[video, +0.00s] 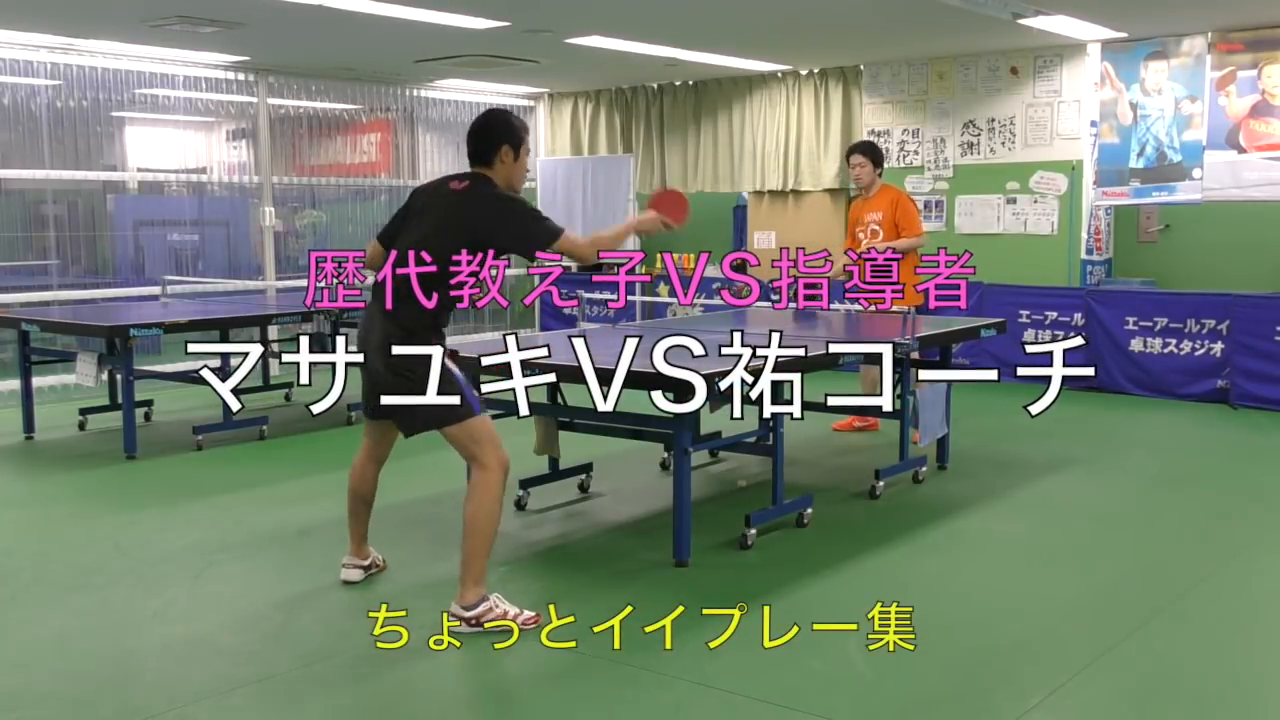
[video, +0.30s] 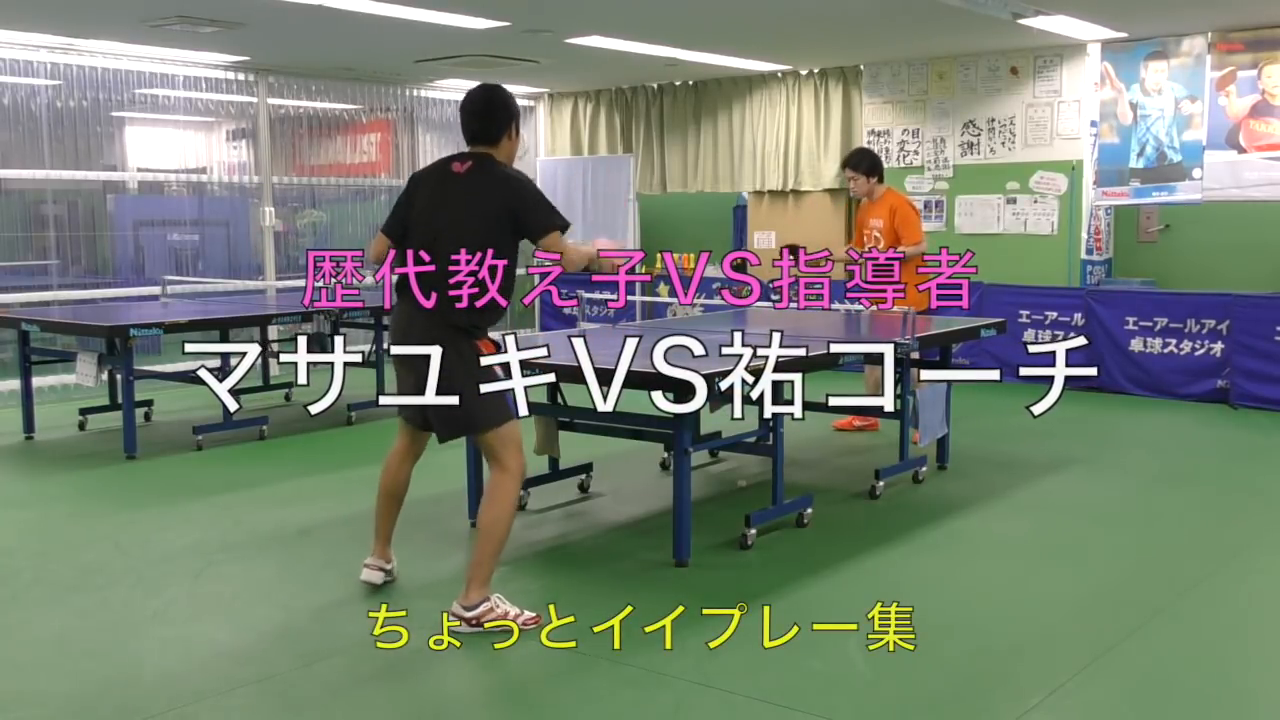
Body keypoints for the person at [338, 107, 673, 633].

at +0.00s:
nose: (527, 166)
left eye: (526, 156)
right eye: (524, 156)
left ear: (478, 156)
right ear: (505, 155)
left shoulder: (430, 192)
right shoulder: (499, 206)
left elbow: (374, 258)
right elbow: (582, 249)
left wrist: (434, 262)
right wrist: (635, 225)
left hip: (378, 340)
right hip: (416, 347)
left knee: (373, 450)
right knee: (490, 461)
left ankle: (356, 554)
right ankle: (472, 598)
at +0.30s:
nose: (519, 138)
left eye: (516, 129)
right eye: (518, 129)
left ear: (465, 131)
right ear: (510, 131)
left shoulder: (425, 180)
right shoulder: (511, 185)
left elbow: (377, 253)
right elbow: (563, 252)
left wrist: (422, 246)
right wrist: (587, 254)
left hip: (411, 340)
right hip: (465, 344)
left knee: (409, 441)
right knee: (508, 464)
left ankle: (378, 556)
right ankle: (475, 598)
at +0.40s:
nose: (520, 131)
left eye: (518, 121)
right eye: (518, 122)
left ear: (465, 122)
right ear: (509, 123)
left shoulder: (427, 171)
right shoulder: (495, 176)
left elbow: (383, 244)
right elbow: (503, 257)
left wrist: (435, 242)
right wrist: (562, 307)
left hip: (409, 332)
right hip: (454, 336)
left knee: (417, 440)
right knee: (496, 459)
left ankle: (388, 561)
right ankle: (473, 598)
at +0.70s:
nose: (528, 159)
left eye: (529, 149)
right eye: (525, 147)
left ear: (483, 142)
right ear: (499, 142)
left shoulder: (438, 182)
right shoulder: (475, 187)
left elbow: (389, 256)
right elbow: (503, 268)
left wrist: (467, 283)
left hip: (397, 340)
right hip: (431, 345)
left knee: (427, 448)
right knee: (514, 453)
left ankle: (392, 570)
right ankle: (480, 590)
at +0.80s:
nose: (532, 149)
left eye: (532, 137)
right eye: (529, 137)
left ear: (487, 133)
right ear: (506, 133)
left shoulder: (435, 176)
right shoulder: (496, 186)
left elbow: (385, 251)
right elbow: (562, 253)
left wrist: (445, 265)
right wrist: (619, 234)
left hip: (402, 335)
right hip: (444, 339)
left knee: (414, 450)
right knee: (523, 452)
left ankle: (390, 570)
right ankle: (501, 594)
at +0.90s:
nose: (535, 145)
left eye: (533, 135)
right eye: (533, 135)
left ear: (481, 134)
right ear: (519, 134)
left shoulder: (435, 181)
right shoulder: (521, 189)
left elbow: (390, 254)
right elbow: (597, 235)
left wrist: (441, 263)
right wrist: (614, 202)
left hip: (416, 337)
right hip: (468, 345)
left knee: (413, 456)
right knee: (539, 460)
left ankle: (388, 570)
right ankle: (564, 607)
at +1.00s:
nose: (546, 151)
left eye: (541, 142)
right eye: (544, 142)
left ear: (490, 147)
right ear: (536, 145)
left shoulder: (452, 195)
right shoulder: (546, 200)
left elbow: (405, 270)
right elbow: (623, 244)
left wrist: (443, 283)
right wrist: (625, 210)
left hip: (443, 354)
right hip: (499, 362)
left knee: (422, 465)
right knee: (573, 479)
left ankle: (389, 572)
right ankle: (623, 622)